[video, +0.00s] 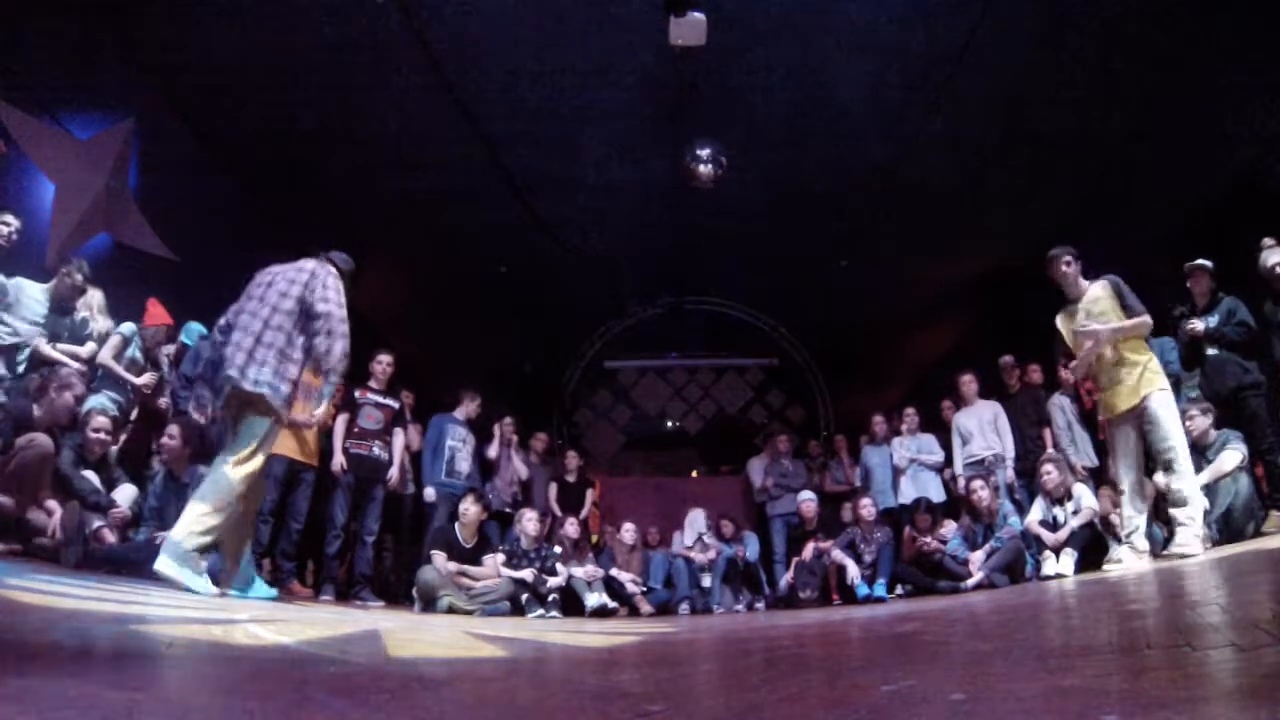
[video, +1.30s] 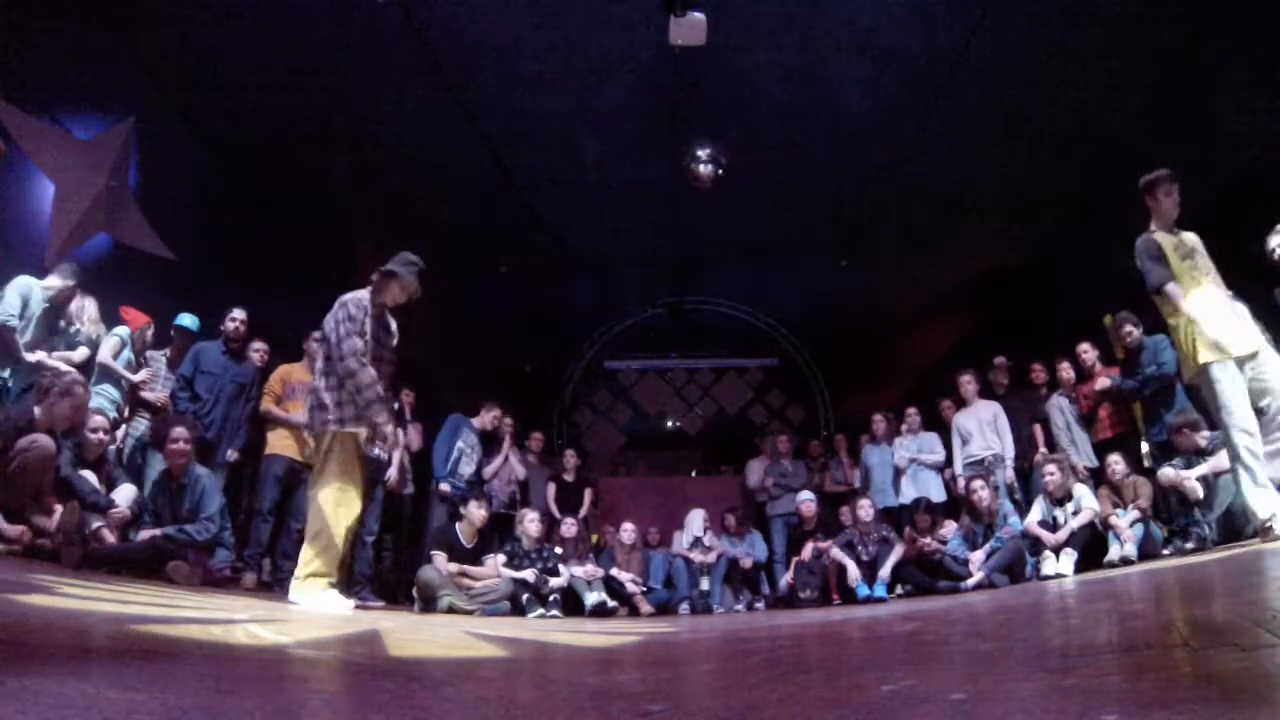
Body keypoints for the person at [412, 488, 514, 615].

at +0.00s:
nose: (465, 508)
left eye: (473, 505)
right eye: (464, 502)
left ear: (483, 515)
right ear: (458, 505)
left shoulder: (483, 538)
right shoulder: (442, 533)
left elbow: (493, 572)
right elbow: (440, 567)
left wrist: (460, 568)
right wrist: (474, 584)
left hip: (476, 590)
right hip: (446, 588)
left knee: (507, 585)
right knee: (427, 574)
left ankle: (454, 605)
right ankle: (477, 609)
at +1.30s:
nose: (484, 514)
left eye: (486, 509)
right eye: (478, 508)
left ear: (489, 512)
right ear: (462, 510)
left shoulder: (485, 538)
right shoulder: (442, 533)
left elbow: (493, 572)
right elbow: (442, 570)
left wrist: (462, 569)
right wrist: (474, 584)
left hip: (476, 591)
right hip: (447, 588)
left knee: (506, 585)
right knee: (427, 574)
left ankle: (453, 604)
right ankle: (476, 609)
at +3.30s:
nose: (487, 513)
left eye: (488, 508)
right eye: (482, 507)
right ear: (465, 509)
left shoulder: (484, 536)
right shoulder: (443, 531)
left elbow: (492, 572)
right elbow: (441, 569)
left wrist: (461, 569)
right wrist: (474, 584)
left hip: (477, 590)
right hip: (448, 588)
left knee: (507, 585)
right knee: (427, 572)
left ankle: (456, 605)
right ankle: (476, 609)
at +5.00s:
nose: (475, 511)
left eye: (480, 507)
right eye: (470, 505)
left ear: (485, 514)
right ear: (460, 509)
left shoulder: (485, 537)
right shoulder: (443, 531)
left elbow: (493, 572)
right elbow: (441, 569)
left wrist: (462, 569)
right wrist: (474, 584)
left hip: (477, 590)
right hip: (447, 587)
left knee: (507, 584)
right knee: (426, 573)